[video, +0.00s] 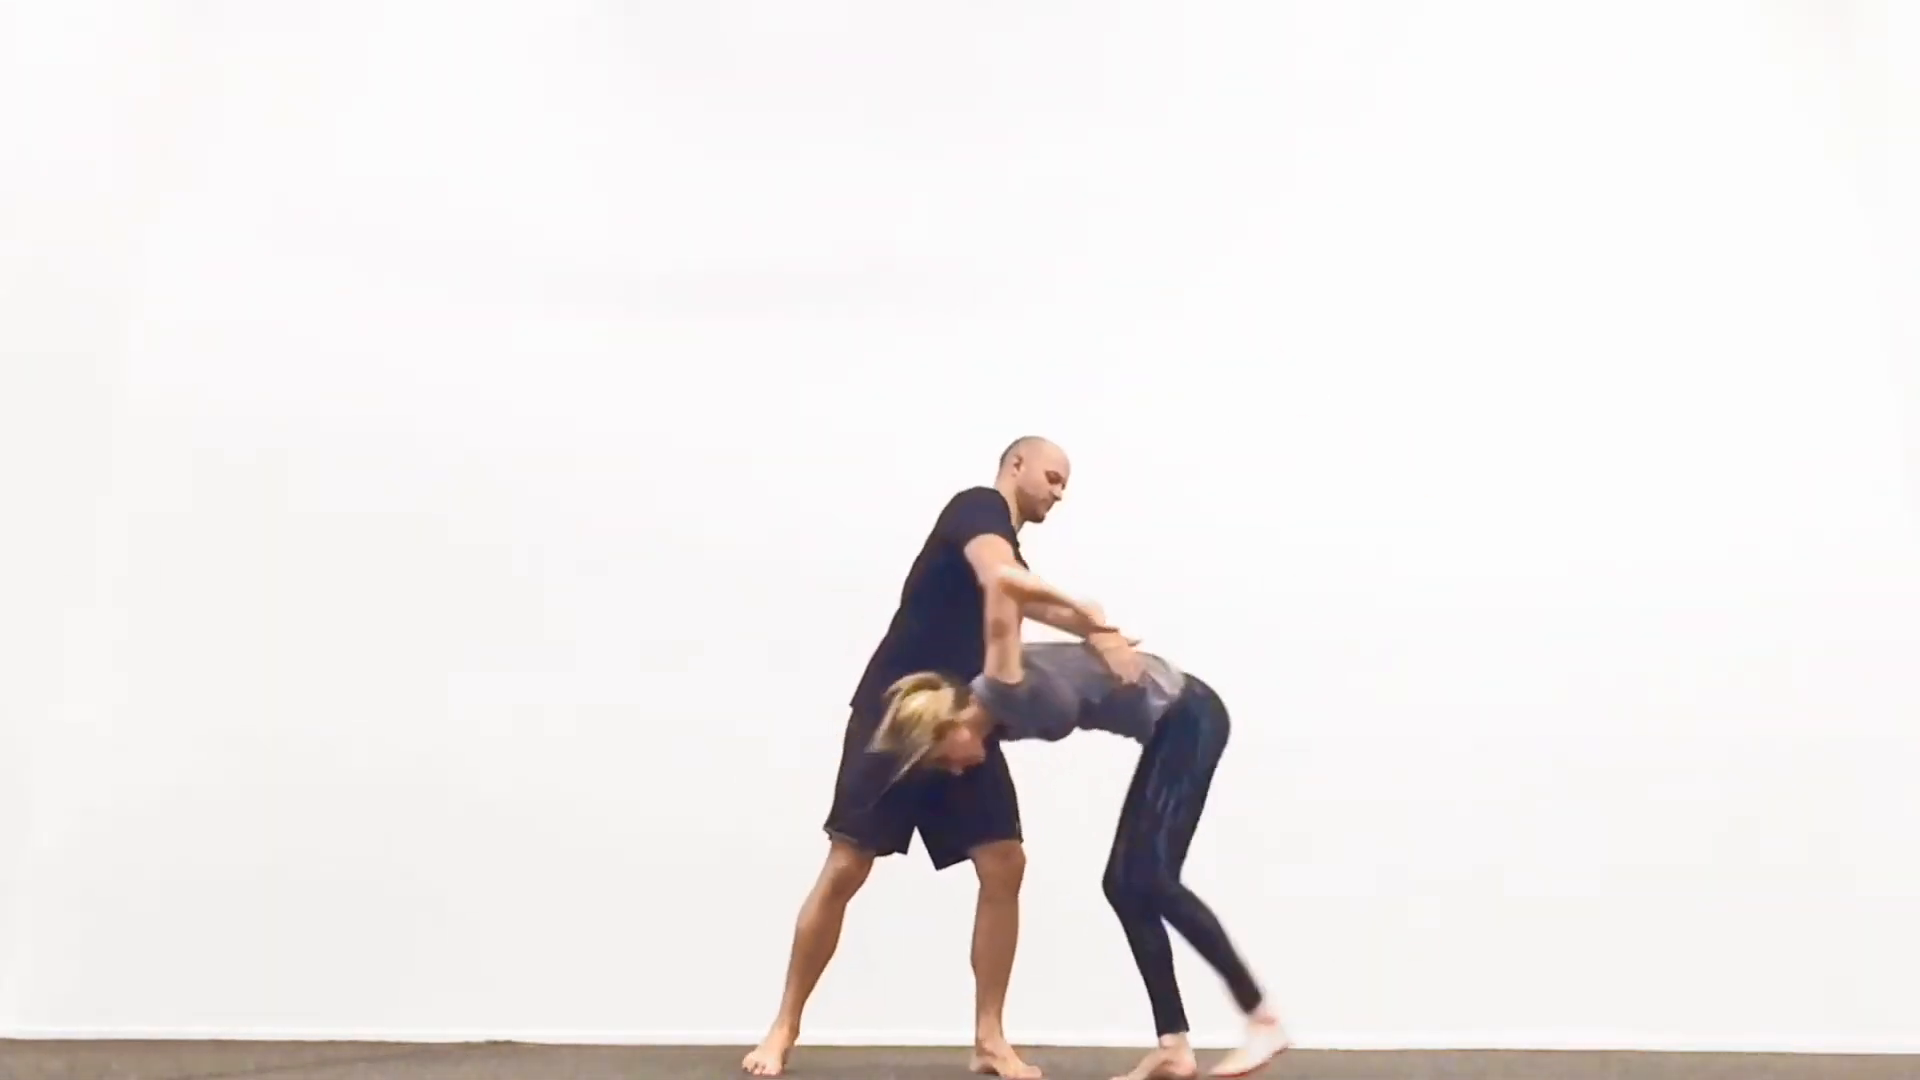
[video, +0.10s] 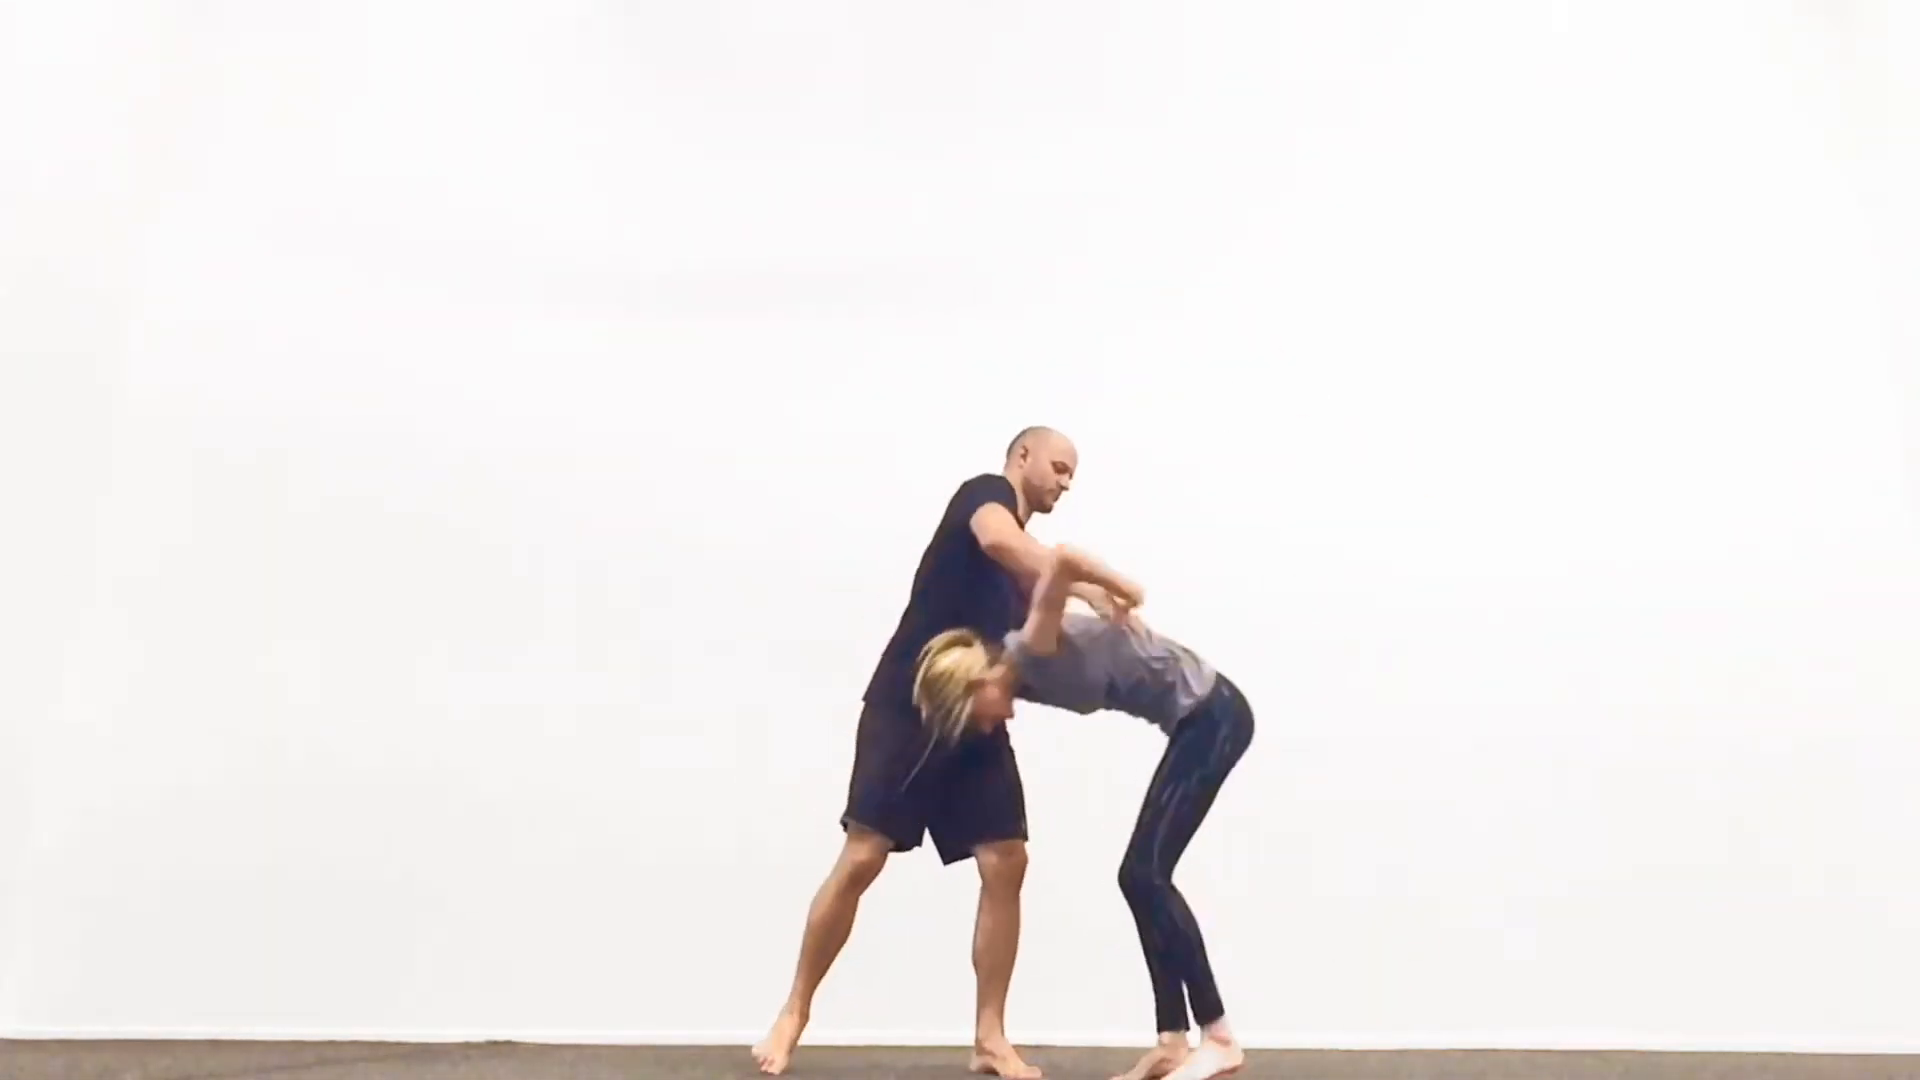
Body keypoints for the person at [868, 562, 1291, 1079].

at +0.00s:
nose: (956, 767)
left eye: (946, 754)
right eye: (941, 763)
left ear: (954, 723)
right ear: (958, 720)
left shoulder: (1007, 684)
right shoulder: (997, 706)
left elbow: (1004, 584)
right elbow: (1005, 590)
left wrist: (1090, 620)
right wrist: (1093, 630)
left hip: (1192, 716)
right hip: (1165, 727)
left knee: (1152, 880)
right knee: (1123, 885)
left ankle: (1264, 1022)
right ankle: (1174, 1047)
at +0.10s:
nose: (984, 726)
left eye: (976, 715)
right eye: (973, 724)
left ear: (983, 679)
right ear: (981, 676)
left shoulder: (1036, 647)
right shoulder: (1021, 666)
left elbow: (1063, 557)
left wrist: (1120, 588)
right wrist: (1099, 595)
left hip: (1214, 715)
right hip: (1192, 721)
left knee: (1148, 875)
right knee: (1138, 877)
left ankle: (1220, 1039)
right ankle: (1174, 1041)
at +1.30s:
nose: (1390, 478)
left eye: (1397, 464)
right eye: (1389, 467)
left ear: (1434, 463)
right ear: (1427, 468)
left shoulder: (1458, 530)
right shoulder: (1423, 545)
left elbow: (1473, 629)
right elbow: (1320, 570)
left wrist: (1468, 734)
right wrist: (1228, 555)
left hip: (1431, 721)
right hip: (1441, 719)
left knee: (1361, 869)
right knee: (1503, 887)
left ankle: (1279, 1029)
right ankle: (1544, 1048)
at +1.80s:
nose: (1281, 456)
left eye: (1289, 444)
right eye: (1282, 445)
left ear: (1323, 448)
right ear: (1319, 449)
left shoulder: (1344, 510)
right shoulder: (1308, 520)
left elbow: (1342, 586)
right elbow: (1217, 565)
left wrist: (1287, 661)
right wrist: (1141, 547)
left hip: (1322, 699)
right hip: (1296, 701)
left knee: (1300, 877)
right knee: (1267, 874)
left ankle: (1279, 1052)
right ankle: (1393, 987)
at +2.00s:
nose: (1195, 448)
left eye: (1203, 436)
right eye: (1196, 437)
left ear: (1236, 439)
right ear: (1231, 441)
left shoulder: (1263, 497)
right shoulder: (1221, 510)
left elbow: (1209, 522)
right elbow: (1123, 531)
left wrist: (1110, 540)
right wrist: (1064, 490)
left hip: (1255, 703)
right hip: (1217, 704)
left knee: (1267, 873)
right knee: (1117, 827)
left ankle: (1277, 1049)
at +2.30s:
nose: (1025, 467)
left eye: (1036, 454)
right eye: (1029, 455)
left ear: (1067, 461)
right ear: (1061, 464)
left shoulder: (1091, 519)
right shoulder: (1041, 538)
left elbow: (982, 519)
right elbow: (946, 530)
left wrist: (879, 498)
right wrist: (862, 512)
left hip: (1132, 722)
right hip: (1085, 735)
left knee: (1196, 878)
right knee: (999, 857)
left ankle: (1270, 1048)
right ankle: (998, 1039)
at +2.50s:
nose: (900, 510)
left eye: (910, 498)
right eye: (901, 498)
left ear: (943, 504)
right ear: (930, 509)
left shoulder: (961, 557)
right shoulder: (922, 576)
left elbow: (834, 560)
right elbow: (818, 579)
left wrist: (730, 541)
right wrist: (725, 571)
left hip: (1047, 741)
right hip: (1001, 767)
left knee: (1153, 866)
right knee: (913, 886)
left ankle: (1272, 1011)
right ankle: (989, 1042)